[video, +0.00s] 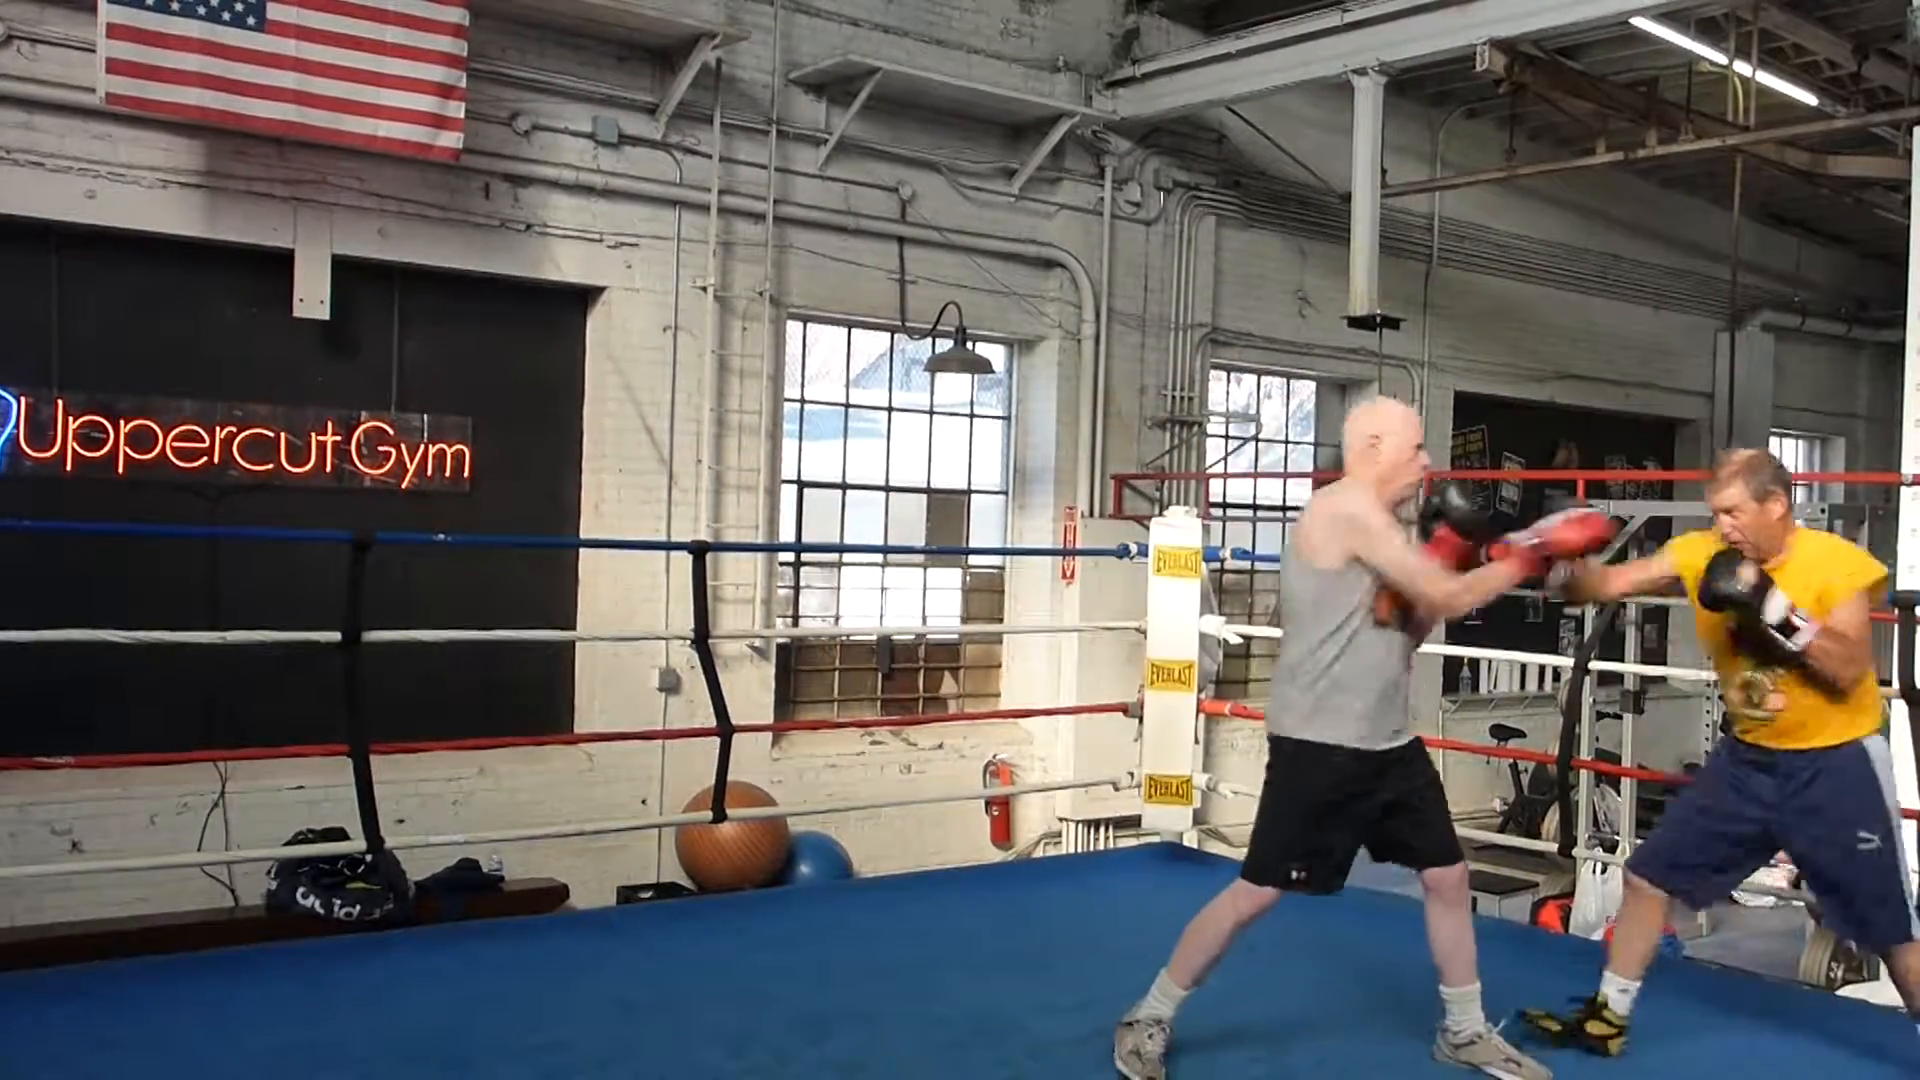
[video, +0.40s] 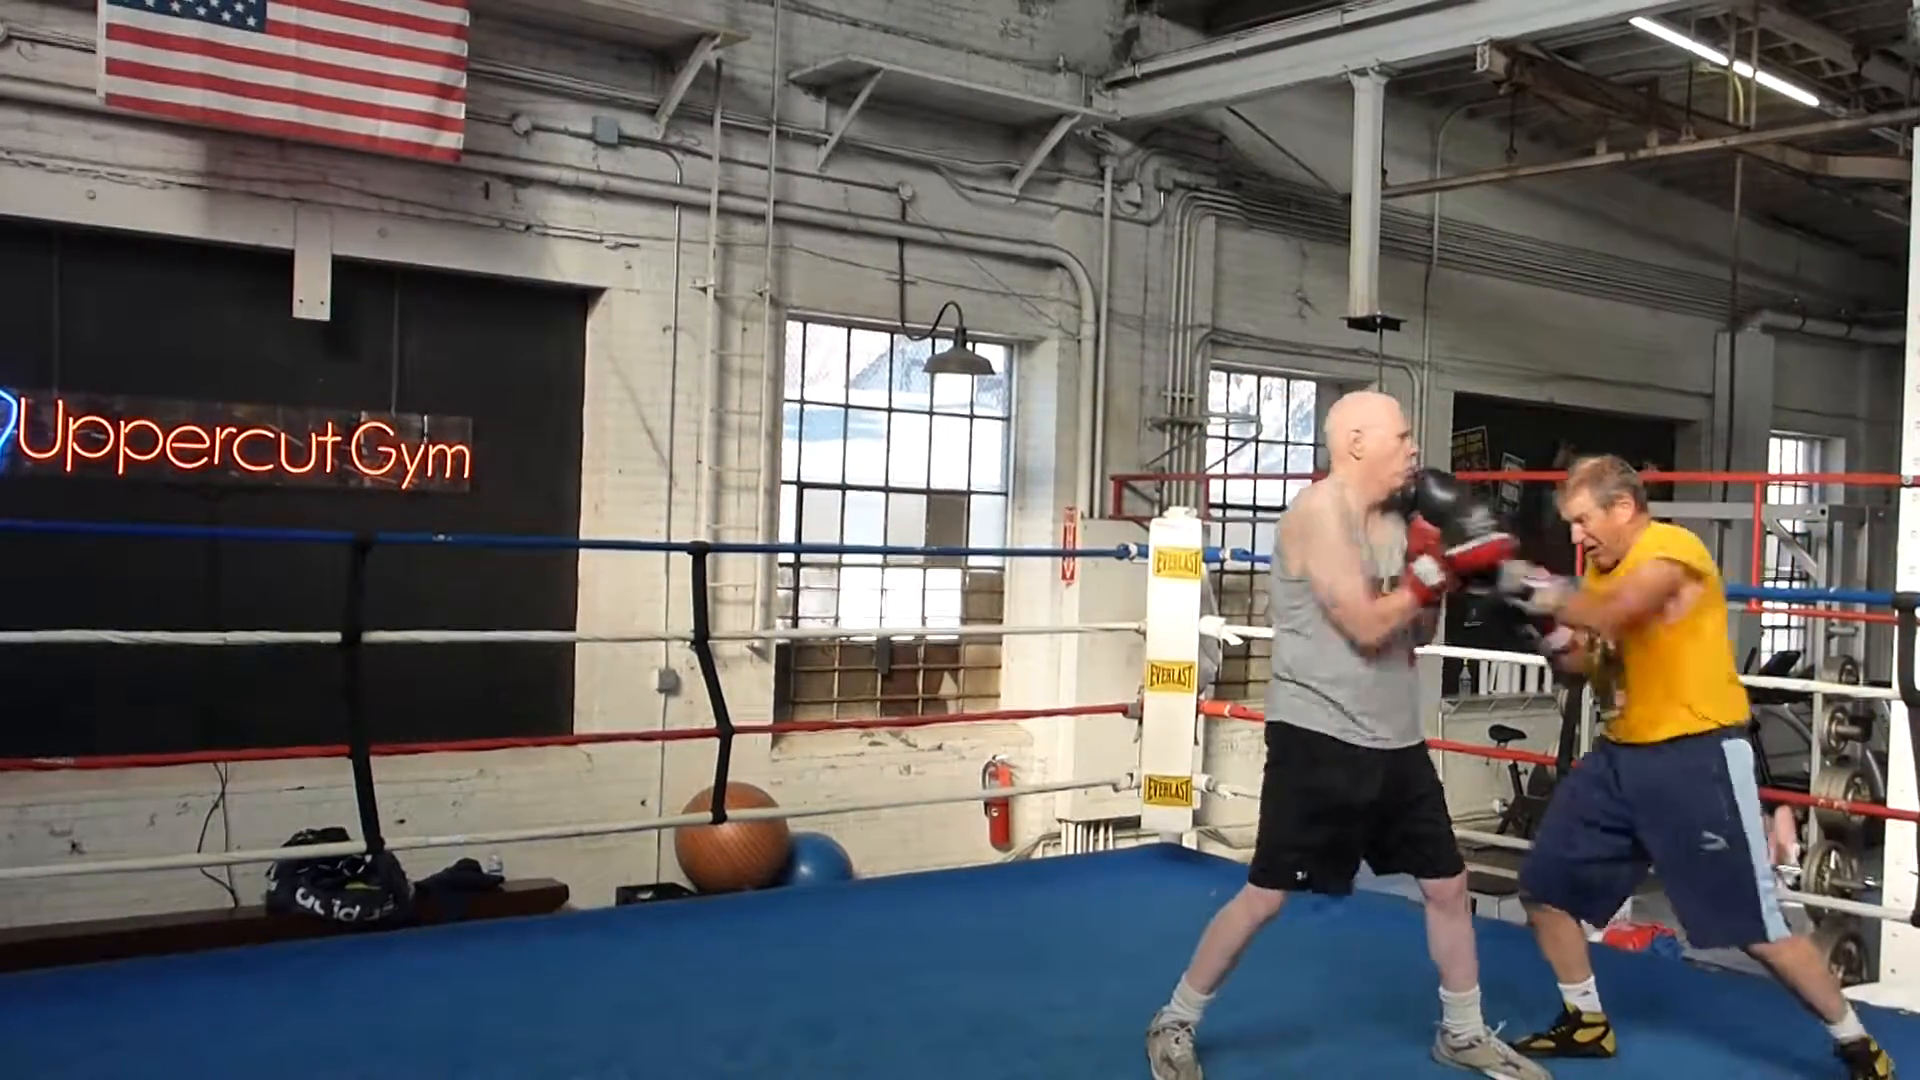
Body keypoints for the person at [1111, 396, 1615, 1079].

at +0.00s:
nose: (1429, 462)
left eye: (1426, 449)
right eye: (1418, 447)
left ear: (1374, 450)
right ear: (1375, 448)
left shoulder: (1373, 521)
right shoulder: (1344, 507)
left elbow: (1396, 638)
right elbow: (1445, 594)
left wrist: (1440, 565)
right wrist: (1530, 554)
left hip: (1390, 743)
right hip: (1317, 744)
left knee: (1448, 877)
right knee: (1255, 893)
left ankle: (1465, 1031)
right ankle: (1151, 1017)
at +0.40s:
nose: (1415, 451)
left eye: (1413, 439)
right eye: (1403, 438)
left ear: (1373, 445)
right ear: (1355, 444)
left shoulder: (1397, 521)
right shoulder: (1315, 509)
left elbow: (1413, 632)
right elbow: (1366, 627)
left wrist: (1437, 567)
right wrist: (1431, 576)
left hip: (1396, 738)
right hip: (1316, 733)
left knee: (1448, 886)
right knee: (1267, 893)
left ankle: (1463, 1032)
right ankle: (1175, 1021)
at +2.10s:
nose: (1512, 460)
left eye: (1510, 446)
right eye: (1497, 446)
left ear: (1480, 456)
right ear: (1444, 455)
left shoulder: (1501, 523)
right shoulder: (1394, 524)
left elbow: (1528, 643)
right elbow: (1407, 667)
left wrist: (1502, 597)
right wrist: (1500, 665)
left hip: (1478, 758)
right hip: (1386, 759)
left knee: (1541, 909)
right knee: (1319, 919)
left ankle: (1527, 1071)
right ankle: (1241, 1039)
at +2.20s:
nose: (1567, 462)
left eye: (1564, 447)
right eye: (1552, 448)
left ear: (1502, 460)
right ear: (1501, 457)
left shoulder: (1482, 519)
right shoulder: (1485, 527)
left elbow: (1507, 639)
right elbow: (1586, 646)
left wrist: (1565, 573)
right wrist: (1682, 630)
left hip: (1488, 765)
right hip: (1412, 764)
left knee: (1549, 905)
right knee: (1334, 915)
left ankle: (1528, 1071)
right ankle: (1234, 1027)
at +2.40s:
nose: (1659, 464)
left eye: (1655, 449)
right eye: (1644, 451)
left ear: (1583, 460)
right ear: (1590, 459)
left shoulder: (1529, 502)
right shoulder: (1597, 530)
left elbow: (1544, 623)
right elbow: (1673, 673)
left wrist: (1618, 608)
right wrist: (1765, 705)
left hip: (1514, 757)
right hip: (1451, 749)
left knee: (1552, 911)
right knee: (1372, 916)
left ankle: (1525, 1070)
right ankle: (1215, 1017)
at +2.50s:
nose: (1689, 465)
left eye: (1686, 450)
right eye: (1674, 451)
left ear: (1615, 455)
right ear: (1616, 454)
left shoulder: (1573, 504)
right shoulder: (1592, 521)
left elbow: (1570, 647)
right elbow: (1575, 674)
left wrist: (1637, 594)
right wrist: (1662, 726)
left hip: (1528, 751)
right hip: (1461, 734)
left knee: (1555, 915)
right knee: (1392, 913)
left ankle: (1526, 1071)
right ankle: (1261, 1062)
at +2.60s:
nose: (1687, 462)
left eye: (1687, 447)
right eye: (1673, 444)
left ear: (1623, 448)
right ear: (1613, 443)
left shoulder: (1623, 535)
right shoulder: (1554, 505)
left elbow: (1605, 667)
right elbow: (1484, 636)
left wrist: (1647, 599)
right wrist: (1577, 696)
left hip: (1545, 743)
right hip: (1467, 728)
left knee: (1563, 927)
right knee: (1420, 919)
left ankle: (1528, 1071)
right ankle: (1340, 1072)